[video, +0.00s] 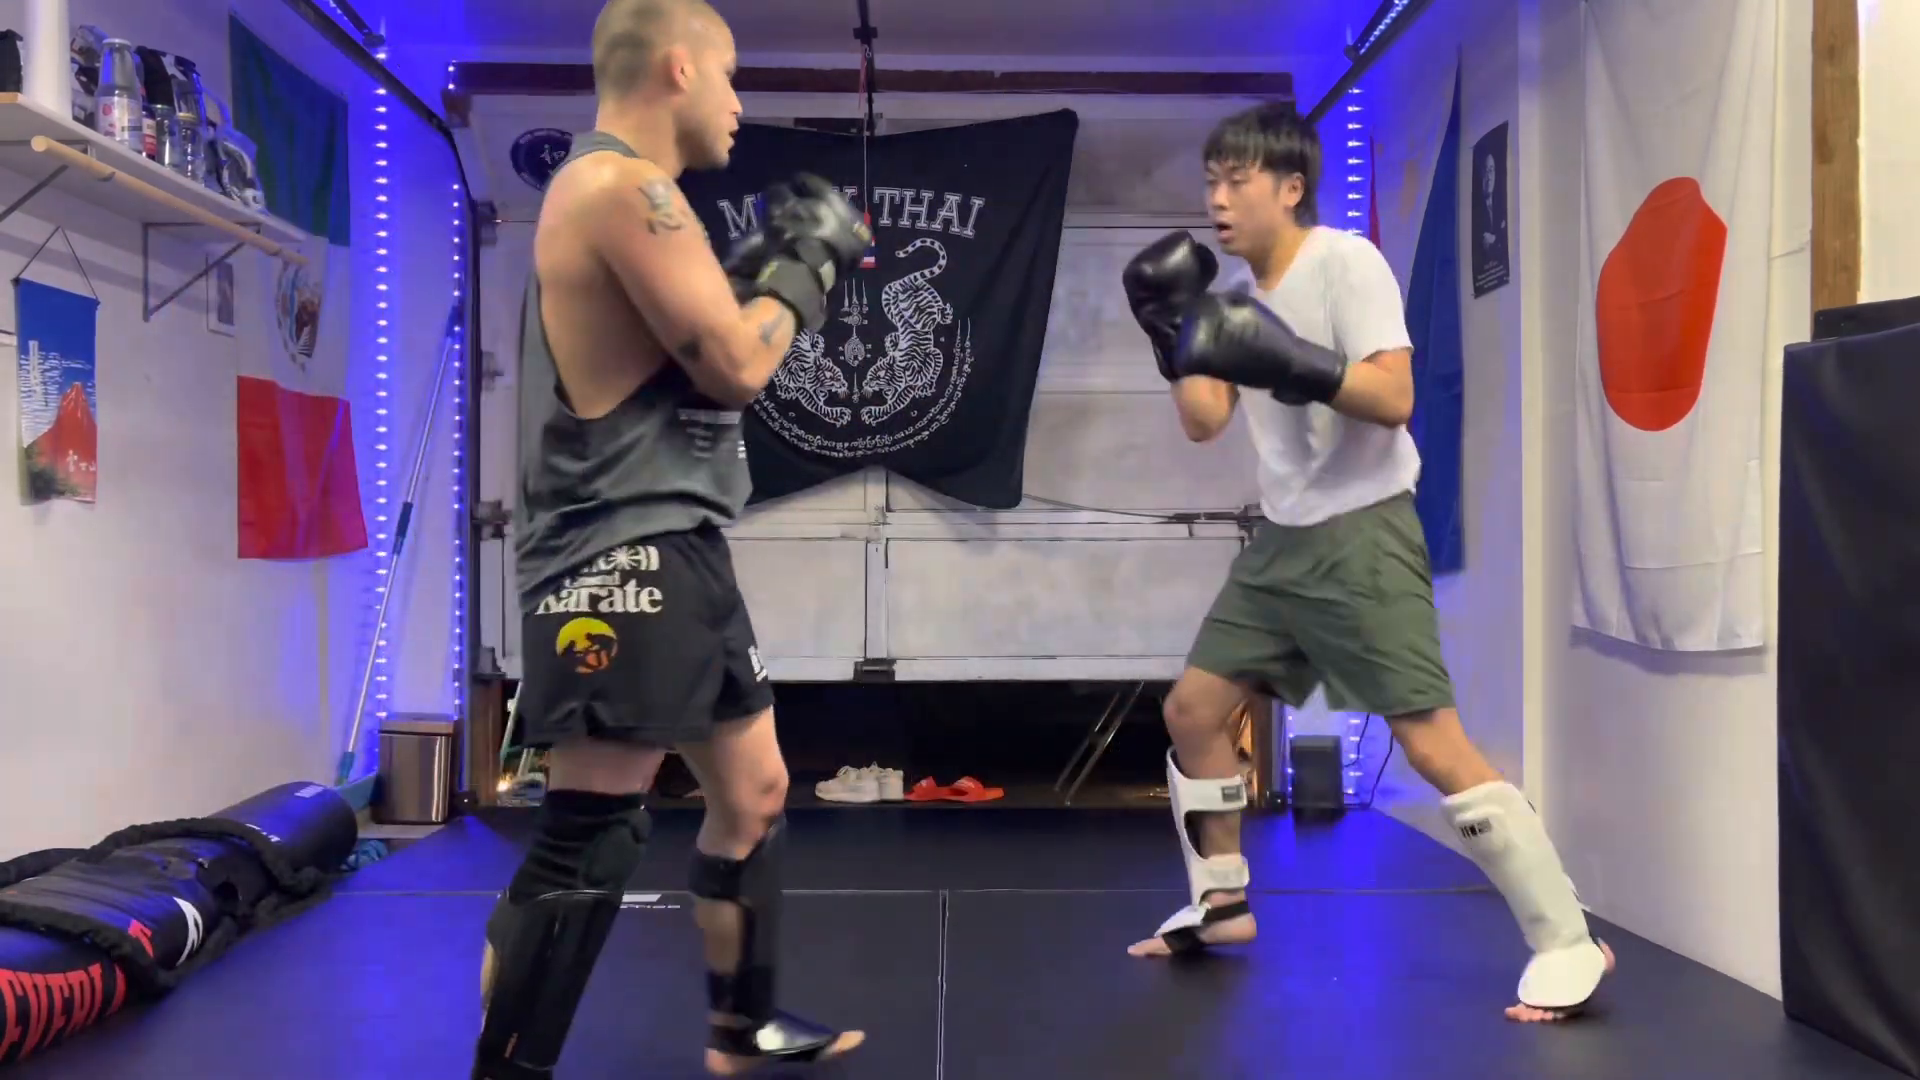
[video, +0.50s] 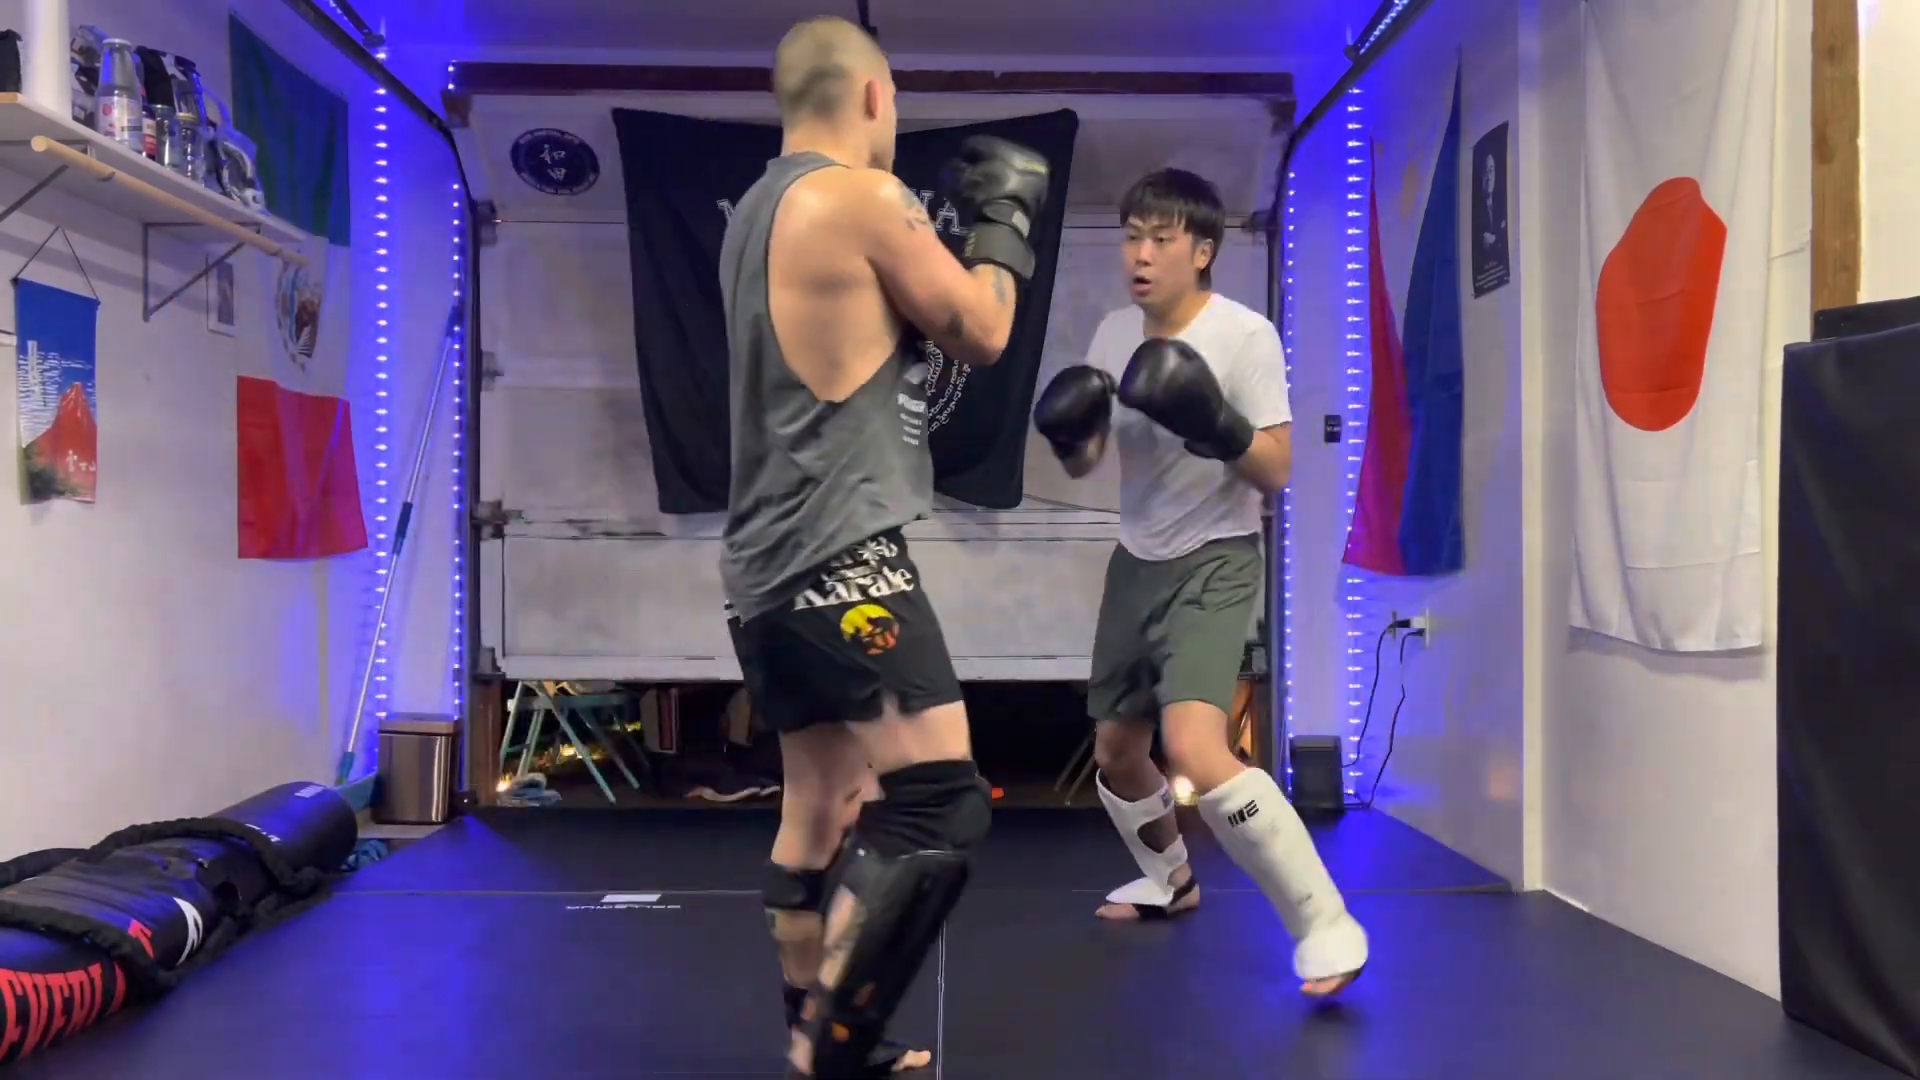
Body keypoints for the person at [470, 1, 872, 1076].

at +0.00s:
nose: (737, 104)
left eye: (734, 81)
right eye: (728, 79)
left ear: (654, 76)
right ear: (674, 74)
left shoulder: (634, 193)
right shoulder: (616, 186)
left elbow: (715, 361)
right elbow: (738, 364)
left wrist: (785, 267)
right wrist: (802, 259)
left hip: (673, 547)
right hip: (617, 552)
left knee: (752, 793)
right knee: (588, 835)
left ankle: (742, 1027)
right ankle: (511, 1067)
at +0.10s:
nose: (763, 112)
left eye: (759, 90)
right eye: (754, 89)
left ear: (670, 91)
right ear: (710, 84)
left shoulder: (643, 205)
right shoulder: (667, 208)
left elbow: (728, 354)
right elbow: (826, 346)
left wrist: (789, 264)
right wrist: (890, 238)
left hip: (693, 563)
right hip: (664, 569)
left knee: (779, 807)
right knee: (604, 837)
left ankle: (814, 1037)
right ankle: (510, 1065)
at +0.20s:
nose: (794, 116)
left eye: (789, 96)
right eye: (787, 95)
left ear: (693, 102)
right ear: (747, 95)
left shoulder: (668, 208)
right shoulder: (727, 212)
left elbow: (761, 365)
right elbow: (863, 361)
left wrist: (804, 261)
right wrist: (915, 251)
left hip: (734, 566)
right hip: (711, 573)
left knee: (813, 806)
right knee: (671, 826)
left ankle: (822, 1044)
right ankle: (528, 1059)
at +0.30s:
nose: (832, 116)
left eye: (828, 95)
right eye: (825, 93)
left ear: (720, 104)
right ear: (792, 91)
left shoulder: (694, 216)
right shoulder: (778, 202)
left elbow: (787, 372)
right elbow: (895, 366)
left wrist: (875, 289)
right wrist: (931, 281)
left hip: (754, 550)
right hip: (775, 553)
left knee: (824, 802)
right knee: (778, 827)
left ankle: (822, 1041)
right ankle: (555, 1063)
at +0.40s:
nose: (857, 113)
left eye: (852, 95)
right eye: (853, 94)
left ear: (753, 110)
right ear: (832, 95)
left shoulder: (724, 218)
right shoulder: (823, 198)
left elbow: (808, 361)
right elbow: (937, 351)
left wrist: (905, 268)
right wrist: (972, 261)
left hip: (749, 556)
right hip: (815, 551)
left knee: (808, 817)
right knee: (880, 823)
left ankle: (821, 1043)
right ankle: (664, 1040)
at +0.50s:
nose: (898, 114)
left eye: (893, 97)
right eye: (894, 95)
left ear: (789, 104)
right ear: (872, 93)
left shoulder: (756, 212)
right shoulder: (861, 199)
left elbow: (825, 368)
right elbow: (982, 328)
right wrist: (1003, 223)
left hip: (768, 559)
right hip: (846, 553)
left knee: (818, 803)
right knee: (939, 803)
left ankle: (823, 1039)